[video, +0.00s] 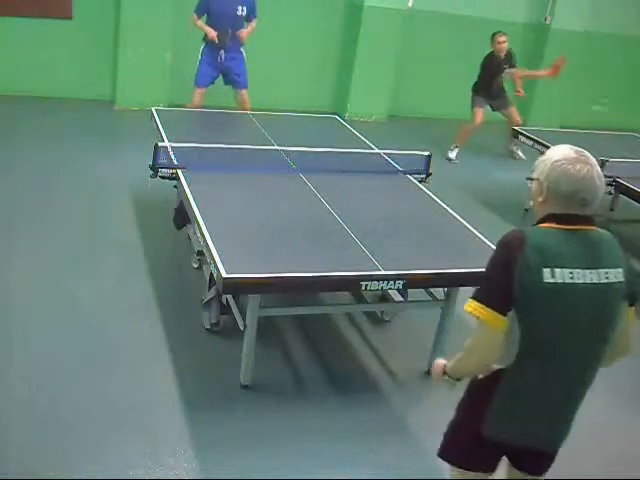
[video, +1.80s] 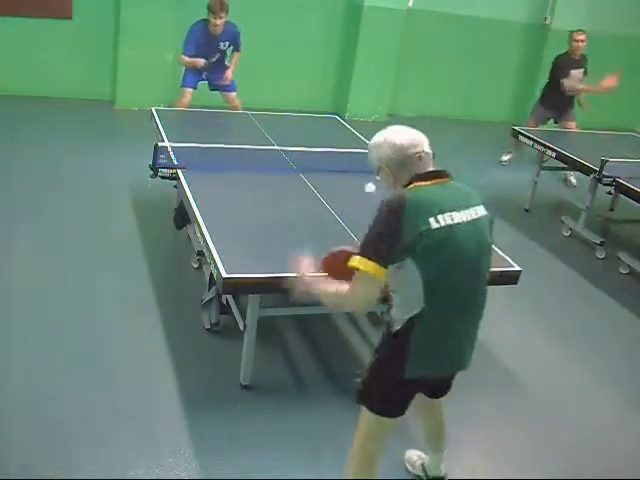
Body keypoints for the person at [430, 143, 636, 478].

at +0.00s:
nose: (530, 188)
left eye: (533, 181)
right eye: (532, 181)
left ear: (543, 191)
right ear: (592, 196)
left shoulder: (519, 245)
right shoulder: (611, 248)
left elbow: (486, 349)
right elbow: (623, 343)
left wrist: (452, 369)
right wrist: (577, 359)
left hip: (503, 397)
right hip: (563, 399)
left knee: (468, 470)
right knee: (525, 472)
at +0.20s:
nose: (513, 187)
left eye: (517, 181)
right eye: (516, 180)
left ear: (525, 191)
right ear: (577, 196)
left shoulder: (498, 242)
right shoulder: (593, 247)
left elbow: (454, 336)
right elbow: (603, 339)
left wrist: (437, 324)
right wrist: (553, 341)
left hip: (483, 386)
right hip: (541, 385)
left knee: (465, 464)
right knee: (498, 453)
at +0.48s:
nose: (487, 180)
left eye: (490, 173)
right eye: (490, 172)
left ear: (497, 180)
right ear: (544, 181)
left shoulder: (474, 226)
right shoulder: (565, 233)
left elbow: (433, 307)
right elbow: (578, 315)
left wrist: (417, 276)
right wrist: (529, 307)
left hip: (467, 365)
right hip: (519, 364)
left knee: (454, 456)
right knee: (470, 424)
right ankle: (448, 465)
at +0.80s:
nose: (449, 155)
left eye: (452, 150)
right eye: (451, 149)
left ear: (459, 157)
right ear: (496, 157)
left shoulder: (448, 196)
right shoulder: (520, 201)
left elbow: (425, 278)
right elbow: (541, 271)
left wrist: (401, 280)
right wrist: (499, 279)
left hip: (452, 323)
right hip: (494, 323)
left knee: (439, 402)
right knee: (445, 388)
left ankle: (436, 469)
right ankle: (427, 455)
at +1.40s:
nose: (395, 174)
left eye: (395, 167)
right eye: (395, 167)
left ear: (406, 164)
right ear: (438, 156)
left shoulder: (405, 193)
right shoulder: (477, 188)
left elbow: (384, 281)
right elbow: (504, 263)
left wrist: (367, 288)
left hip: (430, 321)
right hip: (473, 321)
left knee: (386, 421)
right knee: (420, 383)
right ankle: (424, 458)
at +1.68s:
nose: (381, 183)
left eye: (380, 174)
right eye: (379, 175)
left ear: (392, 169)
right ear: (425, 160)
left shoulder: (392, 204)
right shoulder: (468, 196)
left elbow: (358, 283)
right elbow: (476, 265)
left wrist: (346, 241)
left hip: (412, 342)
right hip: (460, 338)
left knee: (363, 445)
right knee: (429, 395)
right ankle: (424, 457)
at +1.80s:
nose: (380, 181)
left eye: (380, 172)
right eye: (378, 173)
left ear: (392, 169)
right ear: (427, 158)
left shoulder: (400, 207)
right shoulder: (469, 197)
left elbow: (360, 298)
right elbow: (466, 271)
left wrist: (316, 285)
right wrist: (394, 282)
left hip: (412, 342)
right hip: (459, 338)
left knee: (371, 433)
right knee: (430, 399)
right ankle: (435, 466)